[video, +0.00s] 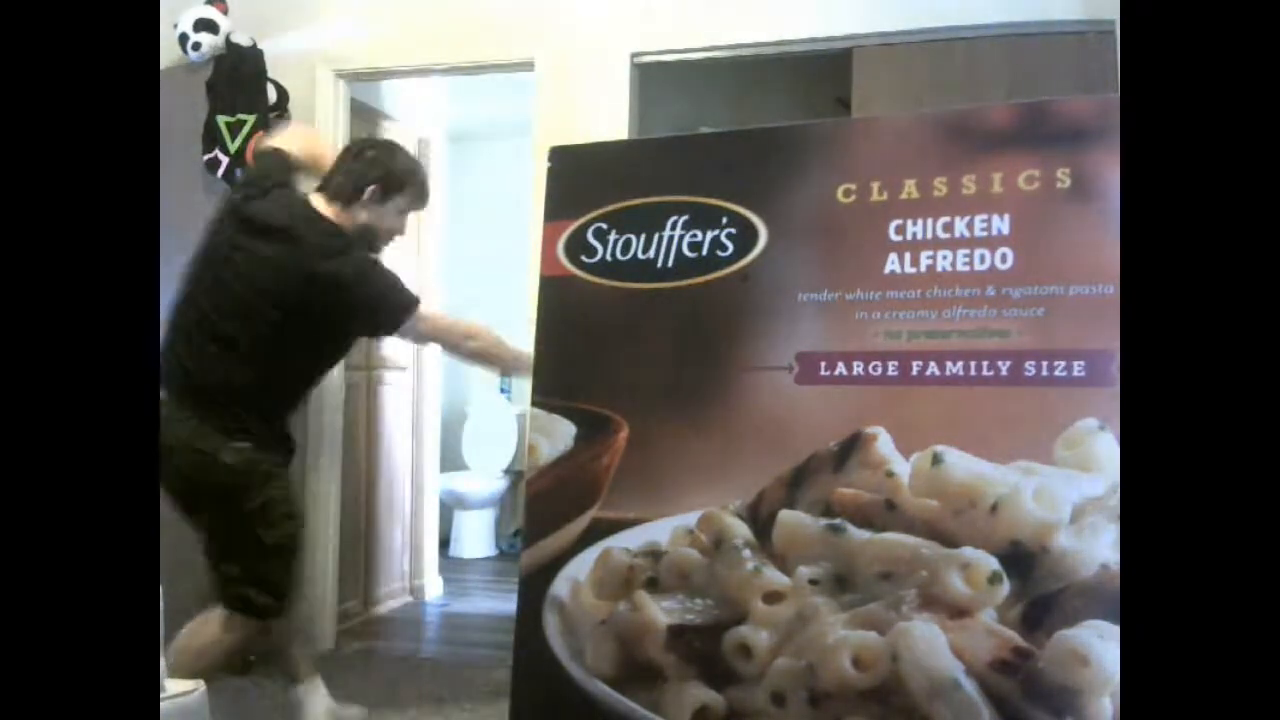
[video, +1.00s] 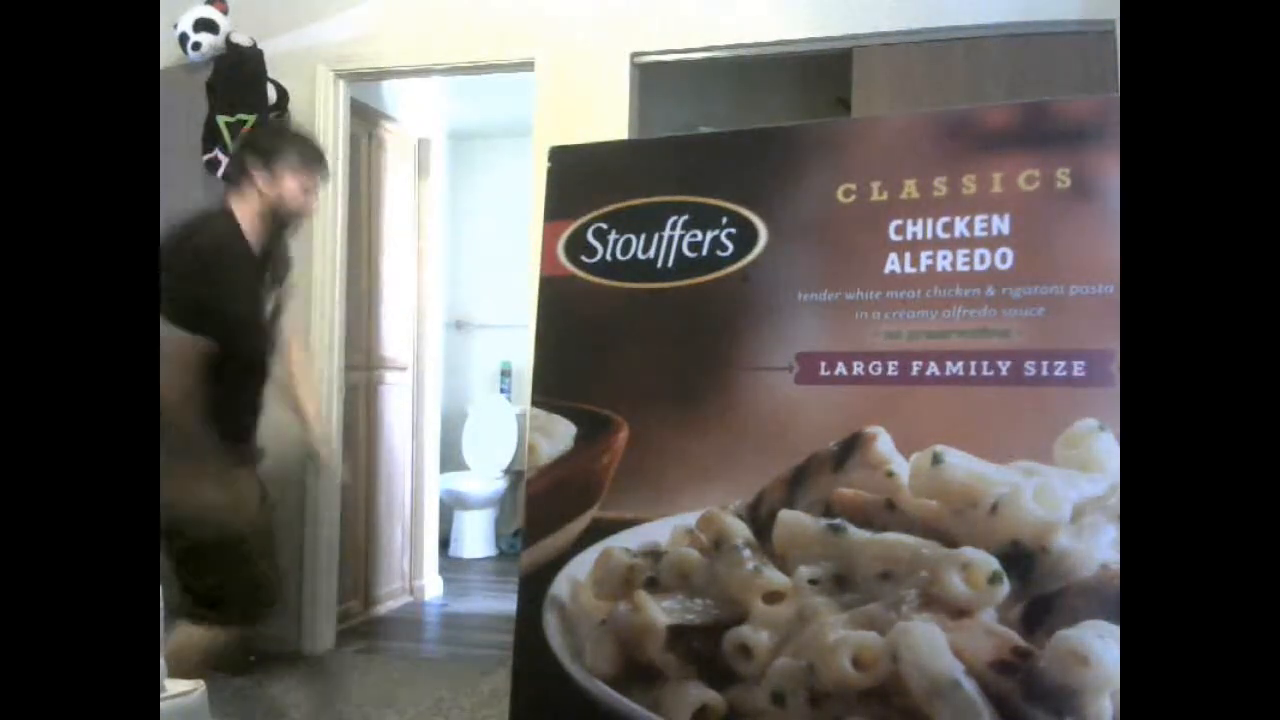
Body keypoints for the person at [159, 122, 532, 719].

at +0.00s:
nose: (403, 230)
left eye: (408, 216)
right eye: (404, 214)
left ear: (340, 182)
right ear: (369, 197)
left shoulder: (258, 195)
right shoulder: (352, 275)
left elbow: (285, 140)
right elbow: (453, 335)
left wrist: (342, 161)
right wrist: (528, 362)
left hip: (175, 426)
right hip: (239, 451)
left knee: (266, 582)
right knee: (248, 611)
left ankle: (313, 702)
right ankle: (164, 696)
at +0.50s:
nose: (338, 200)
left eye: (342, 187)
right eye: (336, 183)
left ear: (275, 168)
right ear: (299, 172)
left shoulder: (194, 192)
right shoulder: (307, 248)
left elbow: (199, 145)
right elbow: (430, 273)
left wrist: (258, 177)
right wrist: (528, 275)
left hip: (167, 434)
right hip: (220, 453)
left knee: (249, 577)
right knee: (226, 603)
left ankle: (289, 699)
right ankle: (161, 697)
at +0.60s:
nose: (328, 194)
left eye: (330, 181)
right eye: (325, 178)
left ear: (275, 165)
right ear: (289, 166)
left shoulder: (183, 183)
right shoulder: (298, 240)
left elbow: (184, 147)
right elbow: (422, 265)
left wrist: (248, 181)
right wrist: (522, 262)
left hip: (168, 429)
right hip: (211, 447)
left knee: (240, 582)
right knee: (221, 604)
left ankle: (265, 696)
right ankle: (161, 695)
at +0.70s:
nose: (326, 198)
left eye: (328, 184)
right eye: (323, 181)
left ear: (274, 167)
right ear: (285, 168)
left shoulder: (182, 187)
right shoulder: (288, 238)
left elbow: (183, 155)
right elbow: (415, 257)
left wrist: (243, 184)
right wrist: (516, 251)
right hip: (191, 443)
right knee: (230, 598)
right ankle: (163, 695)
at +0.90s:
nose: (321, 215)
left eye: (324, 202)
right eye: (315, 199)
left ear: (278, 192)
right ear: (274, 188)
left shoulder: (261, 252)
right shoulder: (222, 250)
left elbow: (261, 346)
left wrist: (309, 416)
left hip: (210, 447)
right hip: (180, 451)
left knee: (238, 589)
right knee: (238, 598)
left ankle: (181, 696)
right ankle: (167, 697)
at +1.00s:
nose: (311, 200)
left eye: (314, 188)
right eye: (303, 185)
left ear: (275, 183)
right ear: (259, 176)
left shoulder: (271, 247)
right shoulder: (202, 248)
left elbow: (282, 344)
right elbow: (173, 388)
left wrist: (314, 427)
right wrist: (208, 466)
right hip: (187, 456)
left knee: (243, 598)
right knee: (231, 600)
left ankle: (180, 693)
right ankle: (171, 697)